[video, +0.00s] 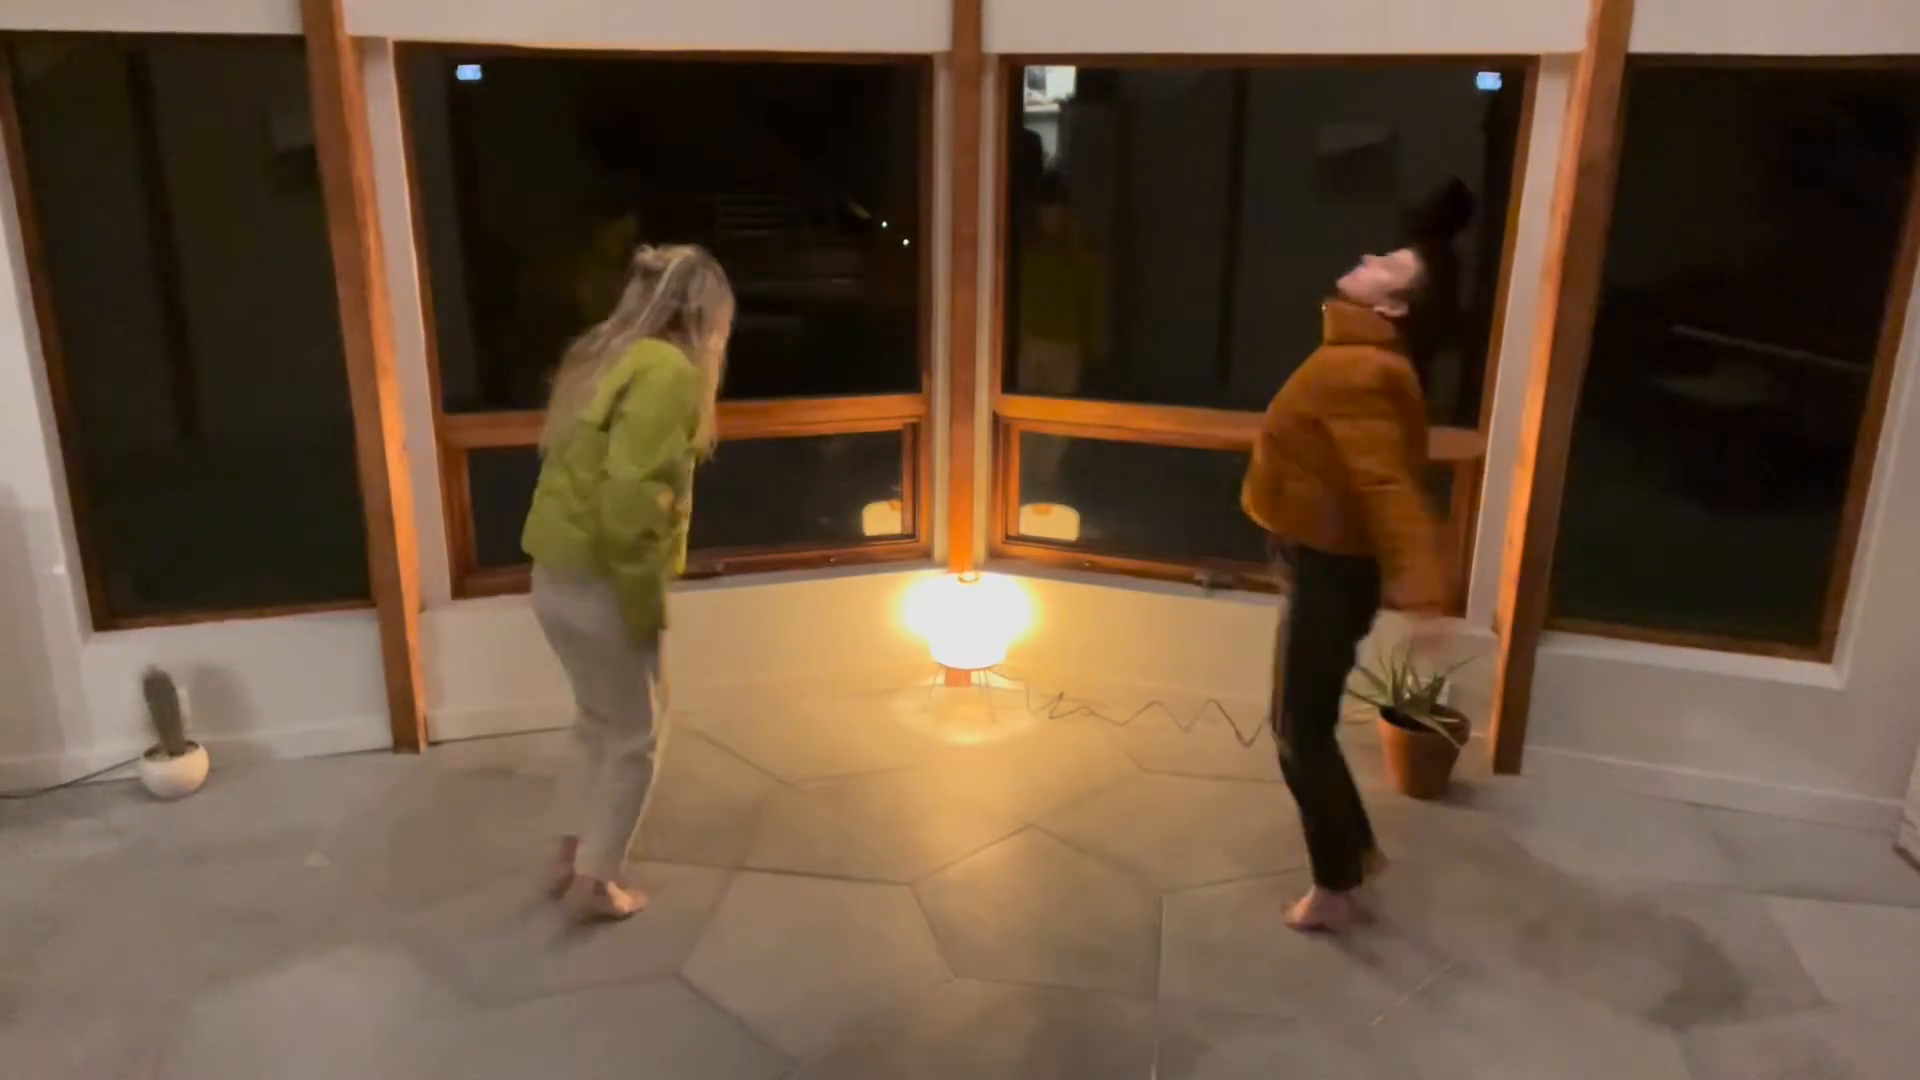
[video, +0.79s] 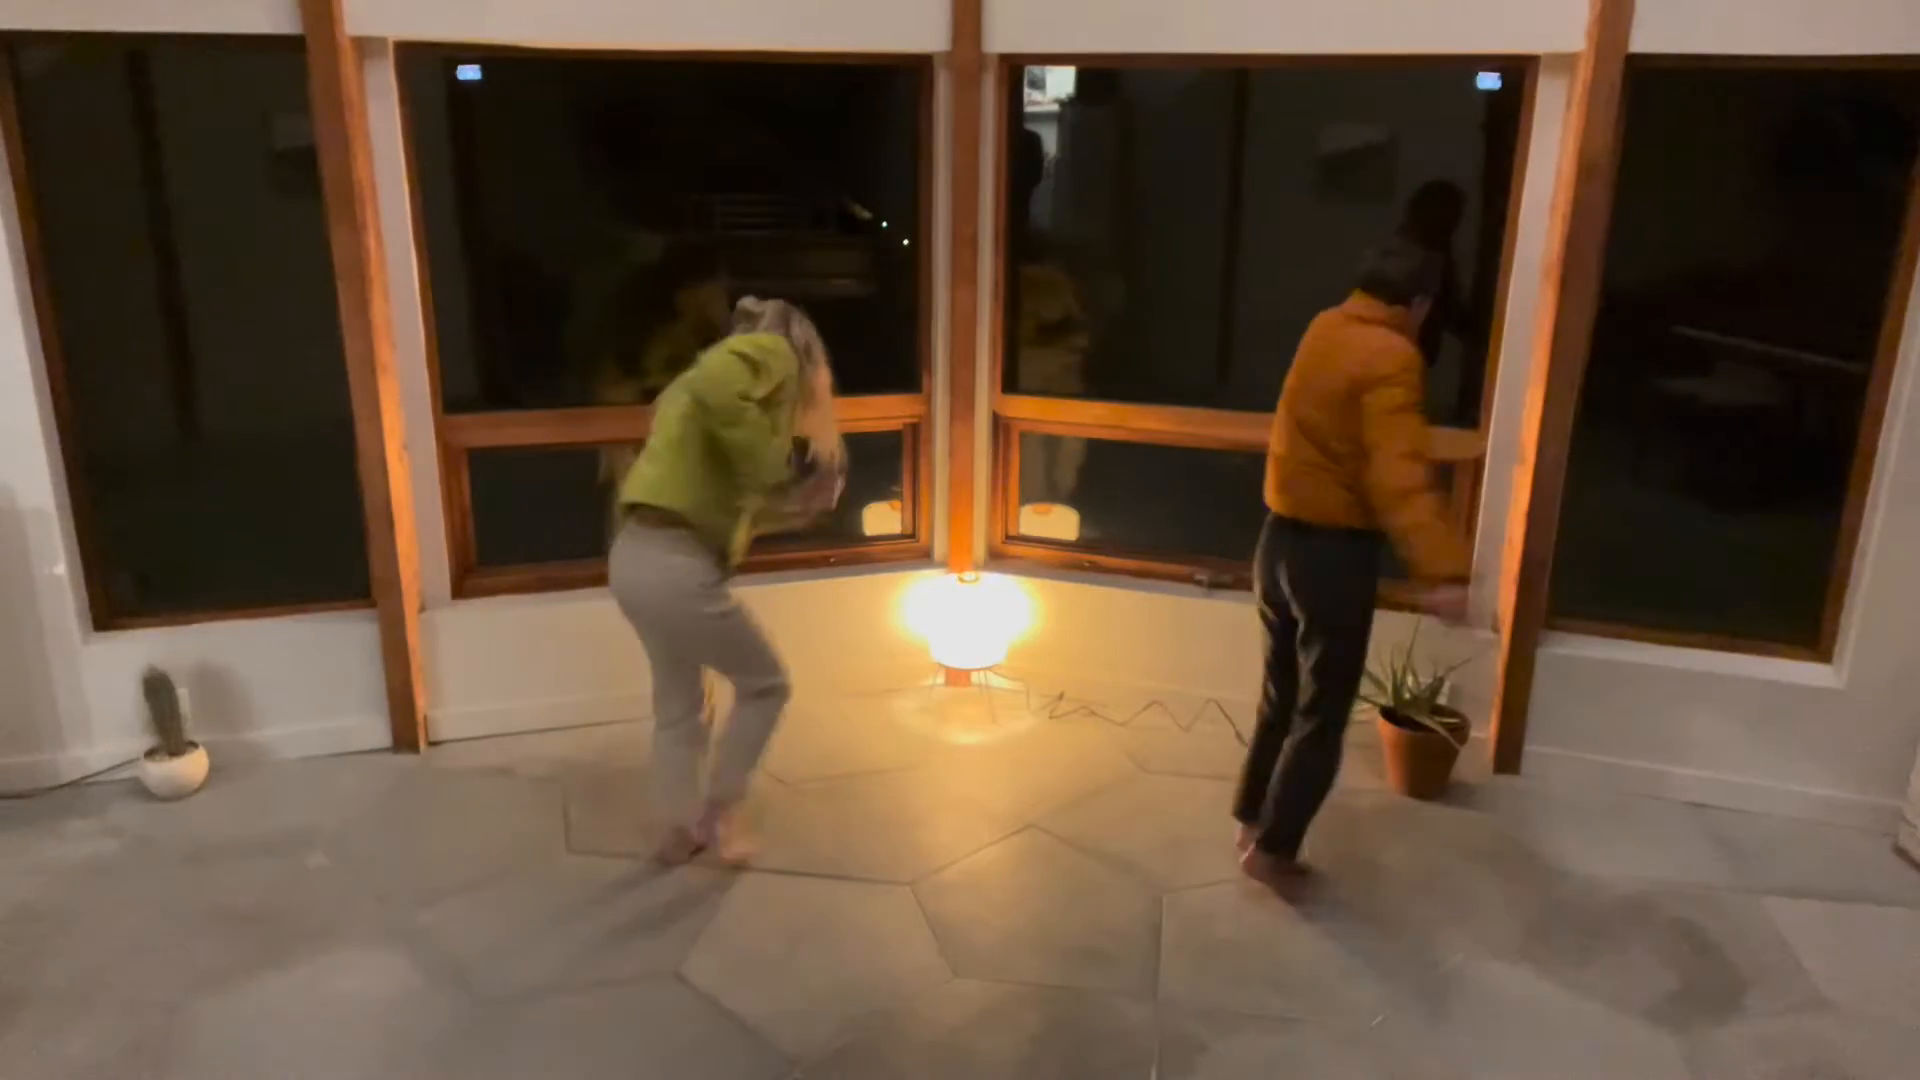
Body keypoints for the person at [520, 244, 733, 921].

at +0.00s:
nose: (724, 339)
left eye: (725, 325)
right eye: (722, 324)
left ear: (649, 302)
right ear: (699, 316)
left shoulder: (604, 354)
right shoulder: (668, 369)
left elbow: (566, 467)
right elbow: (632, 498)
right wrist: (648, 612)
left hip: (555, 578)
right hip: (599, 584)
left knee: (600, 724)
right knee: (633, 737)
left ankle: (583, 851)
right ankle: (596, 880)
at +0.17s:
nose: (738, 365)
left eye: (743, 353)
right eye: (739, 349)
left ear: (684, 313)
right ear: (718, 329)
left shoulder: (651, 355)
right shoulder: (672, 356)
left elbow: (660, 469)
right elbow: (594, 446)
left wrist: (717, 497)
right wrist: (598, 565)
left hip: (566, 570)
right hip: (606, 580)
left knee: (590, 711)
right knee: (661, 723)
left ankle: (565, 846)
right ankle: (611, 857)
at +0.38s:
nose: (774, 392)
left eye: (778, 382)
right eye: (775, 376)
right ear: (757, 350)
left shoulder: (714, 404)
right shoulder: (705, 353)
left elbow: (699, 513)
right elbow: (621, 389)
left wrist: (764, 575)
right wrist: (597, 501)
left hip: (606, 569)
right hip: (602, 566)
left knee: (635, 709)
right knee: (661, 723)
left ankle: (615, 836)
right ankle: (606, 853)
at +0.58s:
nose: (798, 411)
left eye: (802, 401)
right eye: (800, 394)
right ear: (789, 370)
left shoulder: (748, 432)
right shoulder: (748, 357)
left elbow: (714, 528)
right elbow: (673, 354)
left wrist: (782, 574)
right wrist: (667, 472)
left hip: (643, 557)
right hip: (625, 550)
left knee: (683, 683)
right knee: (663, 711)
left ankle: (665, 816)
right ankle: (630, 864)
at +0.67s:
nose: (798, 411)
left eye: (801, 403)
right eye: (800, 394)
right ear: (794, 365)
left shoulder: (751, 422)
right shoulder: (758, 355)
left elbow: (721, 523)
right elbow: (689, 354)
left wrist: (791, 551)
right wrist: (697, 469)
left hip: (652, 554)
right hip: (635, 549)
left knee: (684, 702)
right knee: (677, 710)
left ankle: (682, 828)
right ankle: (632, 861)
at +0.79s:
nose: (806, 386)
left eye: (807, 378)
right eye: (806, 372)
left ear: (749, 338)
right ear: (793, 348)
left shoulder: (693, 386)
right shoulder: (771, 351)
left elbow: (727, 503)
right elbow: (712, 387)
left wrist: (801, 506)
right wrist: (783, 458)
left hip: (636, 557)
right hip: (675, 563)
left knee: (679, 705)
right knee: (764, 684)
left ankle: (676, 830)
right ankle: (720, 813)